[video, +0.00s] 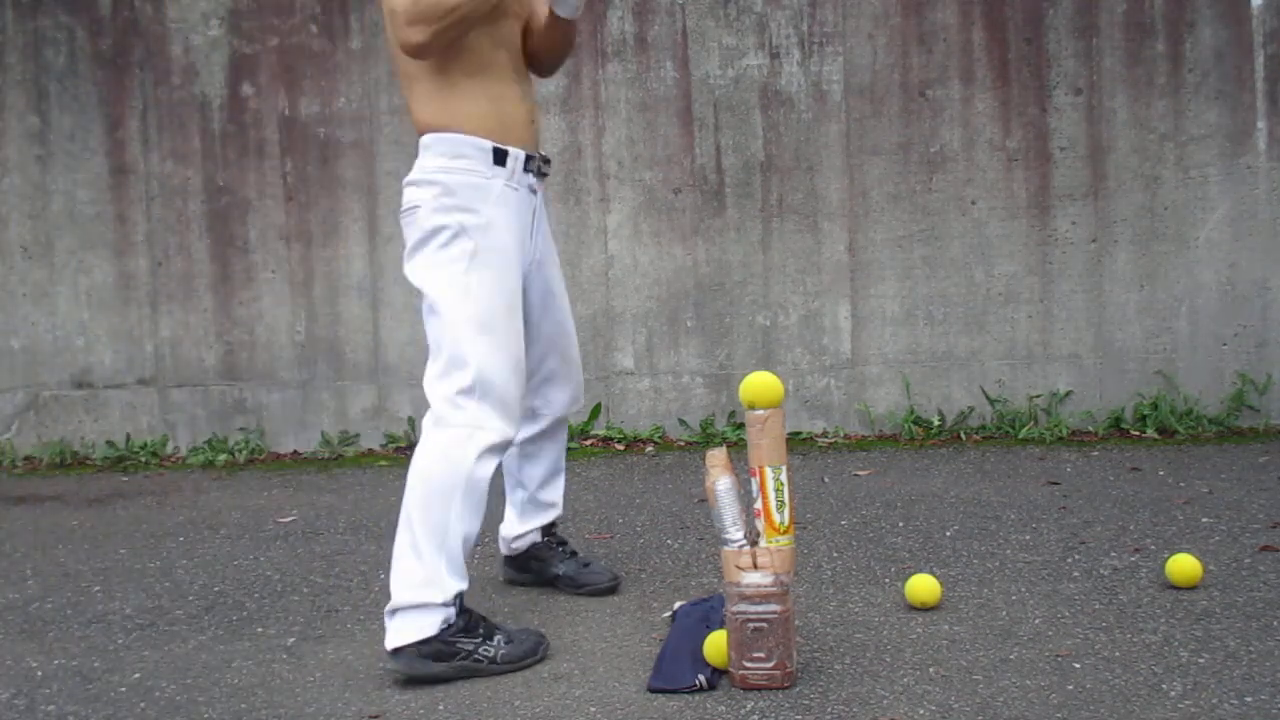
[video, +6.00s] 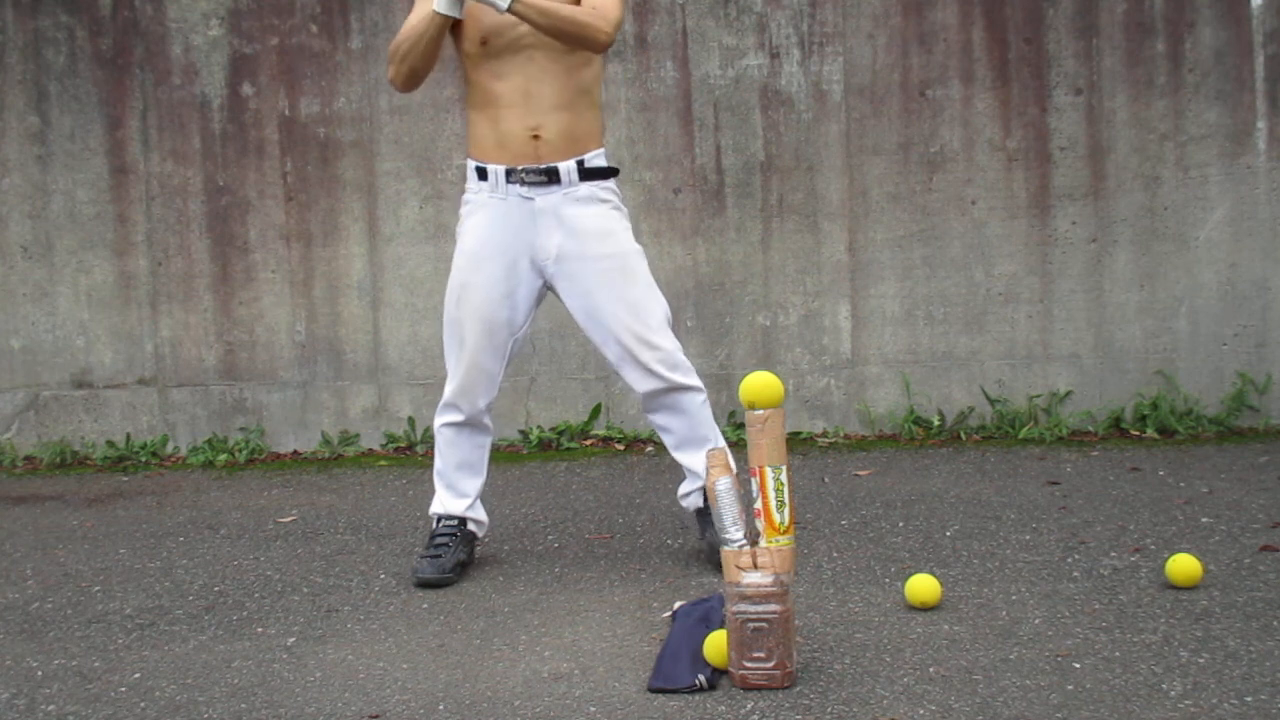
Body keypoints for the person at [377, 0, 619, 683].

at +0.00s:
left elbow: (541, 58)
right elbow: (415, 31)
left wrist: (564, 8)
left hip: (523, 186)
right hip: (463, 182)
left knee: (549, 380)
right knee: (474, 400)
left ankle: (530, 538)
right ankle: (423, 623)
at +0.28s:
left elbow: (583, 66)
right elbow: (384, 37)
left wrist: (543, 17)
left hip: (542, 191)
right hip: (453, 188)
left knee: (542, 380)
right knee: (464, 379)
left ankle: (531, 538)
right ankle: (467, 542)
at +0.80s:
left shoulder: (567, 1)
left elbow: (559, 75)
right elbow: (372, 69)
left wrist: (462, 49)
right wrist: (408, 36)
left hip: (549, 193)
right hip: (458, 199)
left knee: (597, 361)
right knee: (458, 382)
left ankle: (629, 505)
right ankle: (462, 518)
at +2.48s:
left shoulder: (636, 0)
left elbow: (629, 78)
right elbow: (464, 92)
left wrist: (554, 26)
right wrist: (496, 24)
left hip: (605, 196)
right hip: (512, 198)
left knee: (646, 363)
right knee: (480, 374)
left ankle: (685, 508)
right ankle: (455, 517)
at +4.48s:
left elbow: (629, 69)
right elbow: (460, 87)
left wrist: (560, 15)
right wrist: (499, 16)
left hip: (605, 195)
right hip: (513, 197)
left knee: (647, 362)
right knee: (480, 372)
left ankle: (686, 507)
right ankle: (455, 517)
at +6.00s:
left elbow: (599, 32)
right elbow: (402, 75)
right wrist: (441, 3)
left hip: (585, 195)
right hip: (492, 200)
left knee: (653, 353)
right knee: (468, 379)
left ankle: (716, 496)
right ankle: (453, 518)